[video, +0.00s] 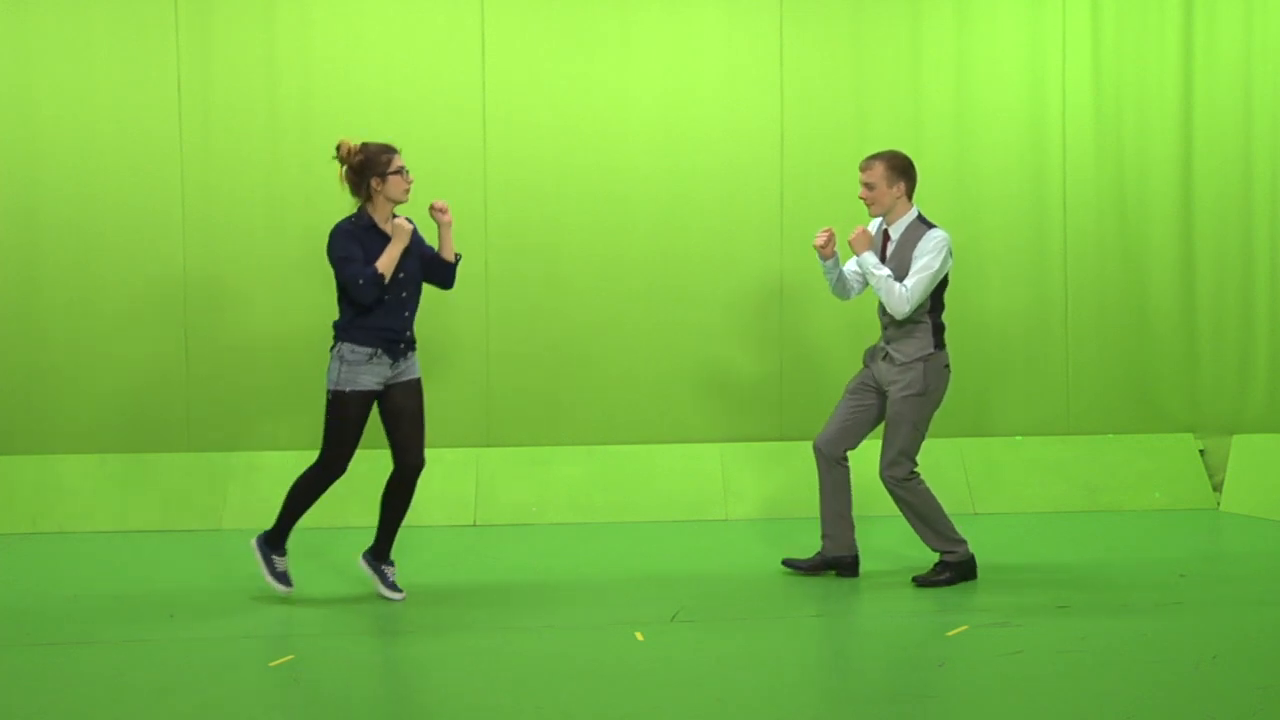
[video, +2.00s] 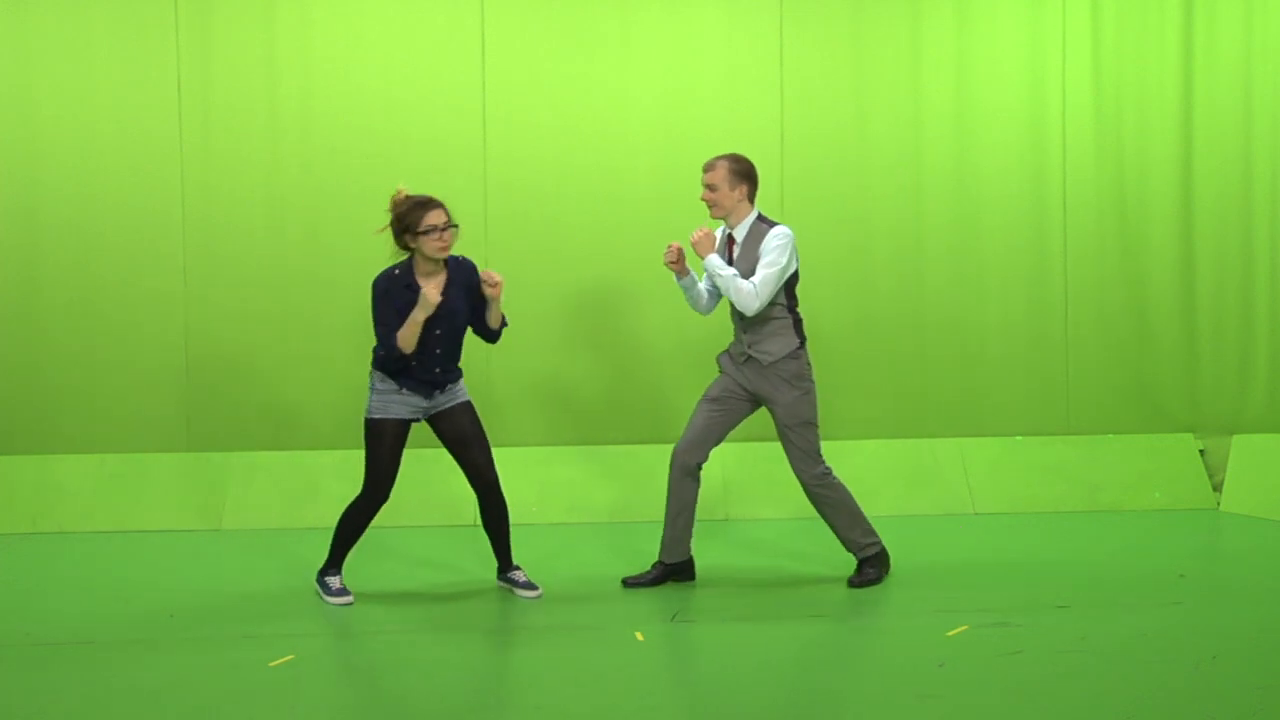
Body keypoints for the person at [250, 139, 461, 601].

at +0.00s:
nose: (408, 179)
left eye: (406, 172)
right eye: (400, 174)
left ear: (389, 183)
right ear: (375, 183)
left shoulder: (406, 234)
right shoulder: (346, 234)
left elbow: (446, 276)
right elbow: (361, 292)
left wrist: (444, 229)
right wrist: (398, 244)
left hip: (401, 360)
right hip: (356, 359)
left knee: (410, 461)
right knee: (333, 462)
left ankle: (379, 555)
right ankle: (273, 541)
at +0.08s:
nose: (423, 171)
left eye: (421, 162)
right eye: (413, 165)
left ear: (405, 173)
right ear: (388, 175)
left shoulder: (416, 221)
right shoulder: (360, 225)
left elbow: (456, 271)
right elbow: (384, 278)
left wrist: (461, 223)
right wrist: (415, 230)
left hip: (416, 347)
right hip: (370, 349)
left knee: (440, 447)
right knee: (359, 458)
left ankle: (417, 540)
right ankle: (315, 548)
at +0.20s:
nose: (446, 187)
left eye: (444, 180)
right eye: (436, 181)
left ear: (426, 190)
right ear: (412, 191)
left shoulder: (436, 238)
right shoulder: (384, 241)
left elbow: (475, 293)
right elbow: (422, 290)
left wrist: (489, 250)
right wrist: (441, 240)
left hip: (440, 361)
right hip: (395, 365)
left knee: (473, 459)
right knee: (391, 474)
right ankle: (337, 558)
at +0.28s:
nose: (464, 210)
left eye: (461, 203)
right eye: (454, 205)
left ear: (437, 215)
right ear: (429, 216)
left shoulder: (448, 263)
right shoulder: (403, 265)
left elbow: (487, 319)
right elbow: (439, 317)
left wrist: (505, 275)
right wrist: (461, 266)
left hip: (461, 384)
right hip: (417, 387)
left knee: (497, 477)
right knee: (404, 497)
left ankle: (499, 570)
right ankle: (333, 561)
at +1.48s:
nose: (448, 219)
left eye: (455, 210)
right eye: (438, 214)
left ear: (468, 215)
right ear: (426, 222)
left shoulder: (479, 265)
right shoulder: (411, 266)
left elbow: (498, 330)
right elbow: (416, 330)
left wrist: (492, 286)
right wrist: (446, 286)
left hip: (454, 382)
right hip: (405, 380)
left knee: (491, 480)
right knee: (382, 489)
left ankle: (497, 570)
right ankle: (324, 569)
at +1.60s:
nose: (380, 235)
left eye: (387, 226)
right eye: (378, 227)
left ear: (415, 225)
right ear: (395, 230)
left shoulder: (456, 266)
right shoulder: (380, 276)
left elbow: (477, 332)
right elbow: (381, 342)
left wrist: (450, 286)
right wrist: (393, 293)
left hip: (442, 391)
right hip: (387, 390)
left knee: (490, 485)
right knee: (373, 490)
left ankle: (496, 571)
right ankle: (332, 575)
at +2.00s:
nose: (445, 235)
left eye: (447, 227)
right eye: (433, 231)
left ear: (452, 230)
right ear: (410, 240)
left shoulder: (464, 272)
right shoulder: (389, 284)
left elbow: (490, 334)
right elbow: (393, 355)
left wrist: (494, 301)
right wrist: (421, 311)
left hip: (447, 389)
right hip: (393, 391)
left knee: (487, 480)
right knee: (377, 491)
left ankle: (507, 568)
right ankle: (330, 571)